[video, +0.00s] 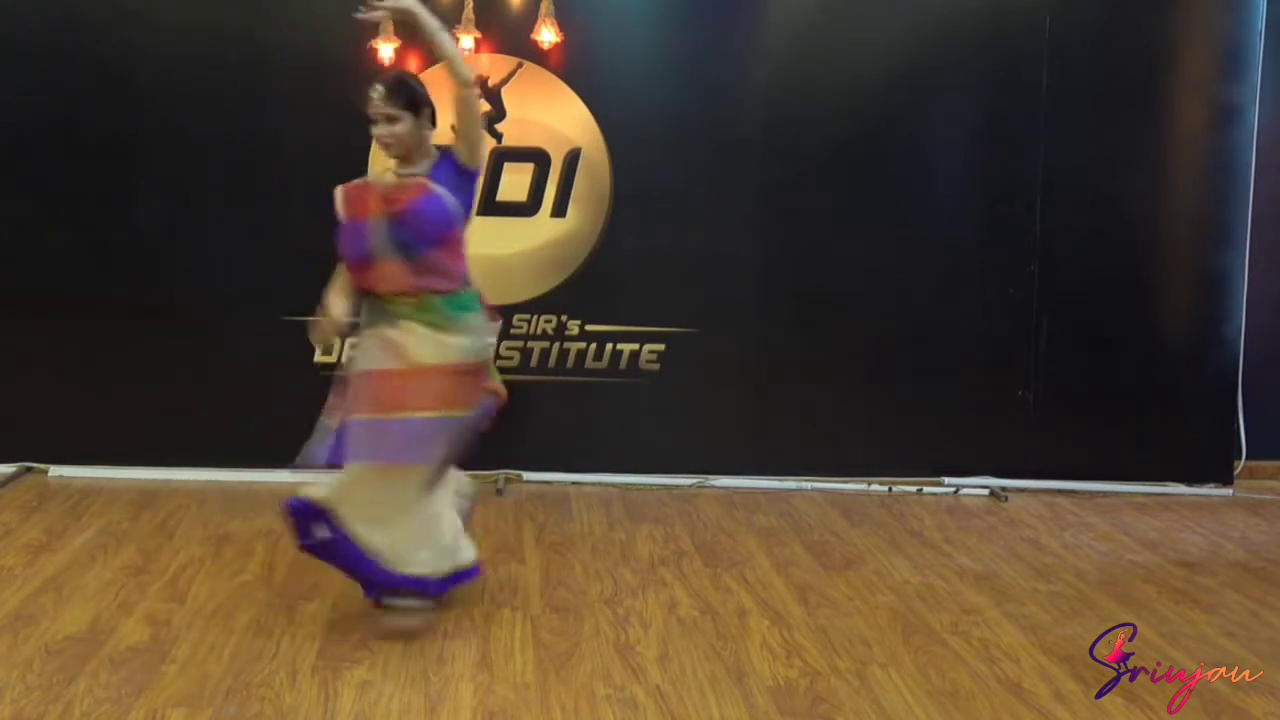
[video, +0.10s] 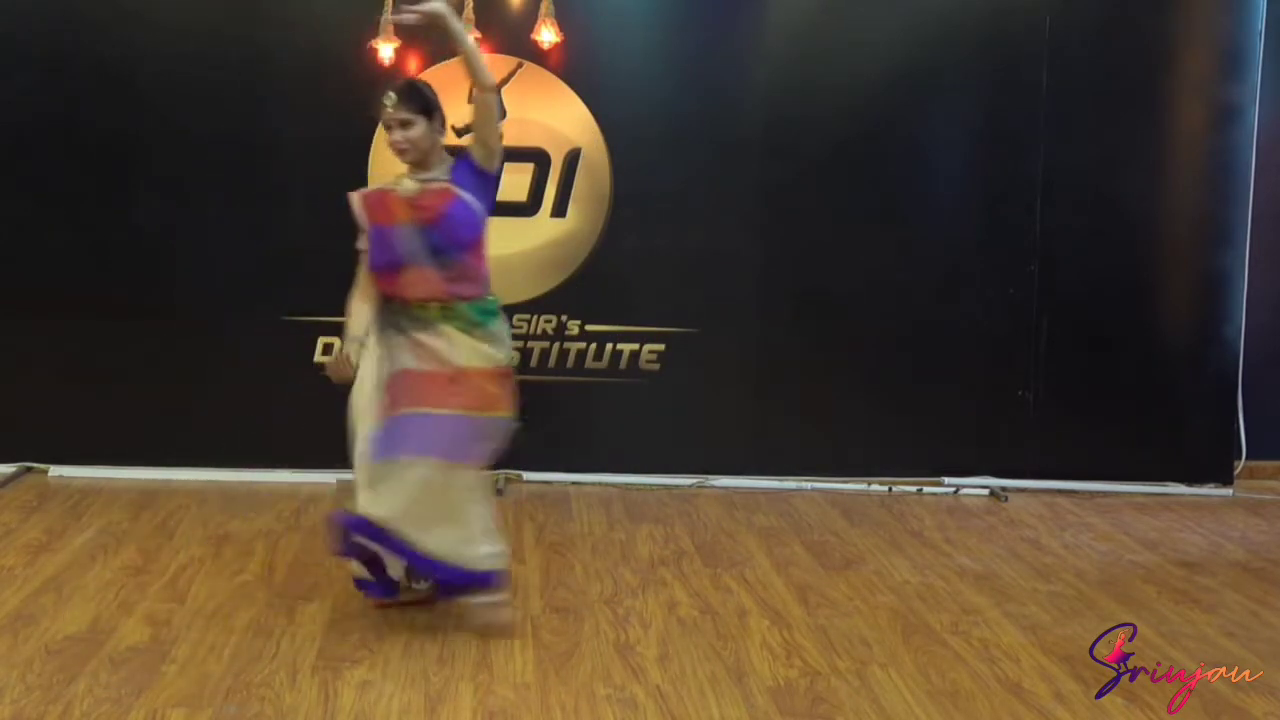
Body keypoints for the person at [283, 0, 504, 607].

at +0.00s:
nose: (382, 133)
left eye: (392, 120)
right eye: (374, 123)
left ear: (425, 120)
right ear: (369, 128)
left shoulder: (455, 173)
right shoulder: (367, 193)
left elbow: (466, 83)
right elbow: (352, 265)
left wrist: (416, 14)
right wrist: (334, 308)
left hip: (449, 331)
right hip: (384, 334)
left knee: (410, 456)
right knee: (371, 455)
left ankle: (417, 582)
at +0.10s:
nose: (396, 137)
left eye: (407, 124)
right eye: (389, 128)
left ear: (438, 126)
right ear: (385, 135)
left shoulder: (472, 176)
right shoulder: (383, 201)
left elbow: (487, 94)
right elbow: (367, 281)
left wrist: (453, 23)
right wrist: (351, 343)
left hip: (466, 332)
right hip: (401, 336)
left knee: (453, 452)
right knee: (400, 447)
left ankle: (482, 576)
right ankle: (413, 565)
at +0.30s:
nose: (435, 133)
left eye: (443, 120)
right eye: (429, 125)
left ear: (479, 118)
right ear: (430, 135)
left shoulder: (524, 167)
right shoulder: (429, 197)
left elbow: (545, 85)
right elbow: (376, 254)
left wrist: (519, 25)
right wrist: (309, 303)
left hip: (517, 329)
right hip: (444, 334)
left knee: (546, 455)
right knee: (421, 451)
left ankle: (575, 582)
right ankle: (410, 567)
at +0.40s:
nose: (462, 118)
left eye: (470, 104)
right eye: (457, 111)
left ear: (506, 104)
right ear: (464, 124)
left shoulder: (555, 159)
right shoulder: (466, 182)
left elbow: (577, 72)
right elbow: (389, 211)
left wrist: (564, 16)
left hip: (560, 320)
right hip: (490, 323)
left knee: (571, 449)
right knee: (412, 418)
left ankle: (573, 582)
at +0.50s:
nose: (477, 112)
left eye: (487, 100)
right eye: (474, 104)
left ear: (524, 101)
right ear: (489, 114)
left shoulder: (573, 156)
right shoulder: (485, 177)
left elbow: (597, 64)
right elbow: (411, 200)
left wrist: (570, 1)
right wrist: (365, 139)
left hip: (574, 318)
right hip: (506, 320)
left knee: (579, 449)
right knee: (433, 421)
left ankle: (580, 584)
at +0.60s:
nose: (510, 102)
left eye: (521, 92)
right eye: (504, 99)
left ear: (556, 103)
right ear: (504, 120)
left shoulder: (592, 159)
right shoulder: (499, 171)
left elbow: (620, 72)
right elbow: (431, 196)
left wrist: (606, 6)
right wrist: (462, 135)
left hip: (585, 312)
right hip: (517, 313)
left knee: (586, 446)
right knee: (466, 433)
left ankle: (577, 579)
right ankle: (380, 541)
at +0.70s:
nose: (530, 104)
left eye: (541, 94)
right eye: (524, 97)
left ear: (571, 105)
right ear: (518, 112)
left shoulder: (600, 163)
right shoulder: (510, 169)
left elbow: (635, 82)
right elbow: (440, 180)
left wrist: (620, 17)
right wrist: (497, 164)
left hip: (592, 321)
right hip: (522, 323)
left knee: (593, 450)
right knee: (485, 444)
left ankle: (582, 585)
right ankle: (432, 562)